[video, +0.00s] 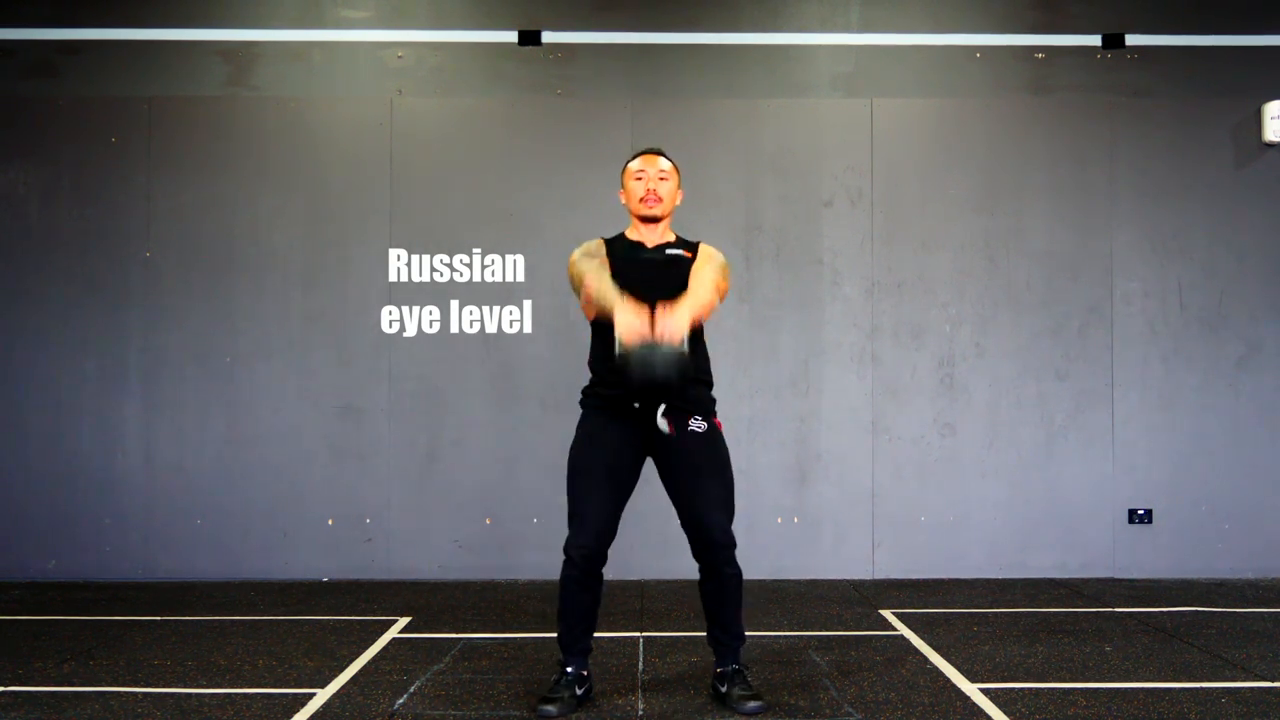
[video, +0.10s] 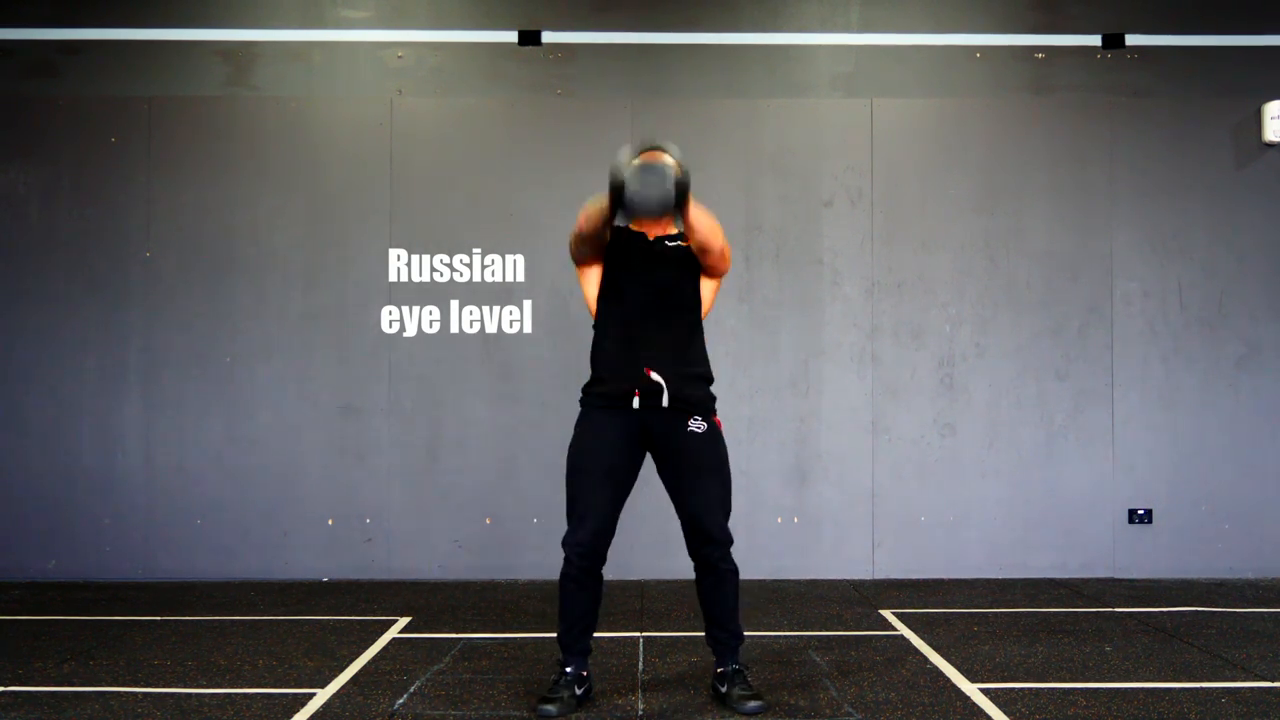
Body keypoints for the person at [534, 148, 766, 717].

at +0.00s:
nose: (651, 183)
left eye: (662, 176)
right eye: (639, 175)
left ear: (679, 194)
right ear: (622, 194)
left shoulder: (705, 257)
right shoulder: (593, 254)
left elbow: (705, 292)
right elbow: (597, 290)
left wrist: (679, 314)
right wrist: (624, 311)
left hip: (687, 417)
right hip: (611, 417)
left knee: (716, 544)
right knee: (584, 546)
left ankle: (730, 671)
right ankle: (573, 673)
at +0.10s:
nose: (653, 181)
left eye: (664, 172)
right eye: (644, 171)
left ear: (679, 190)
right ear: (627, 187)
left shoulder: (703, 255)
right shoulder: (597, 249)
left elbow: (715, 246)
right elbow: (585, 232)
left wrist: (681, 198)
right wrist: (613, 199)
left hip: (686, 415)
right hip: (610, 412)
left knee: (712, 542)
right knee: (583, 545)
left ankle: (729, 670)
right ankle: (573, 672)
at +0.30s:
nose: (654, 159)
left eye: (665, 151)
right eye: (643, 151)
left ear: (684, 166)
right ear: (625, 165)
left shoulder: (705, 226)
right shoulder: (598, 219)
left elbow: (711, 146)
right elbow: (588, 139)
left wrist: (683, 67)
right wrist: (618, 65)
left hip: (685, 410)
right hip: (608, 409)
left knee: (709, 545)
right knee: (586, 546)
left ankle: (728, 671)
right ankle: (572, 673)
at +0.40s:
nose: (652, 153)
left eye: (663, 144)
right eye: (641, 144)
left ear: (683, 158)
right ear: (623, 160)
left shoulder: (703, 215)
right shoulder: (599, 210)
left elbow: (708, 123)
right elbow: (591, 123)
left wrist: (682, 42)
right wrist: (619, 43)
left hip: (686, 409)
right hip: (608, 409)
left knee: (709, 544)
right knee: (586, 546)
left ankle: (729, 670)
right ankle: (572, 673)